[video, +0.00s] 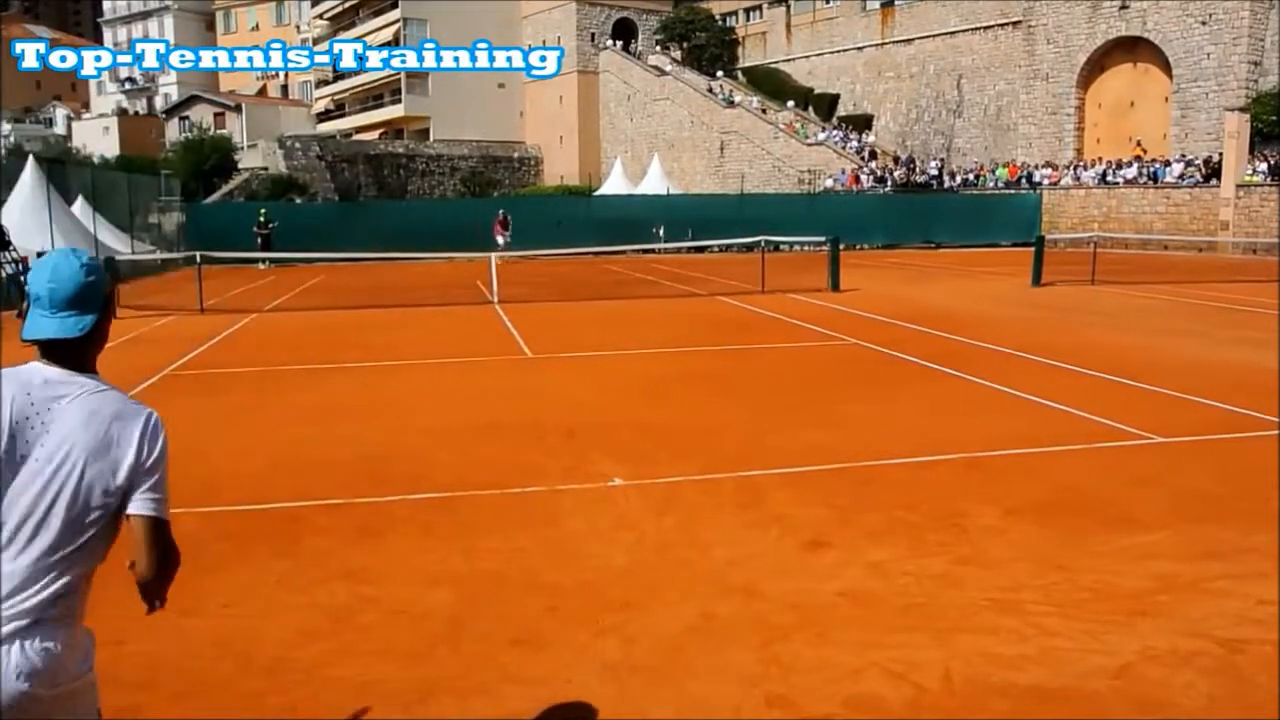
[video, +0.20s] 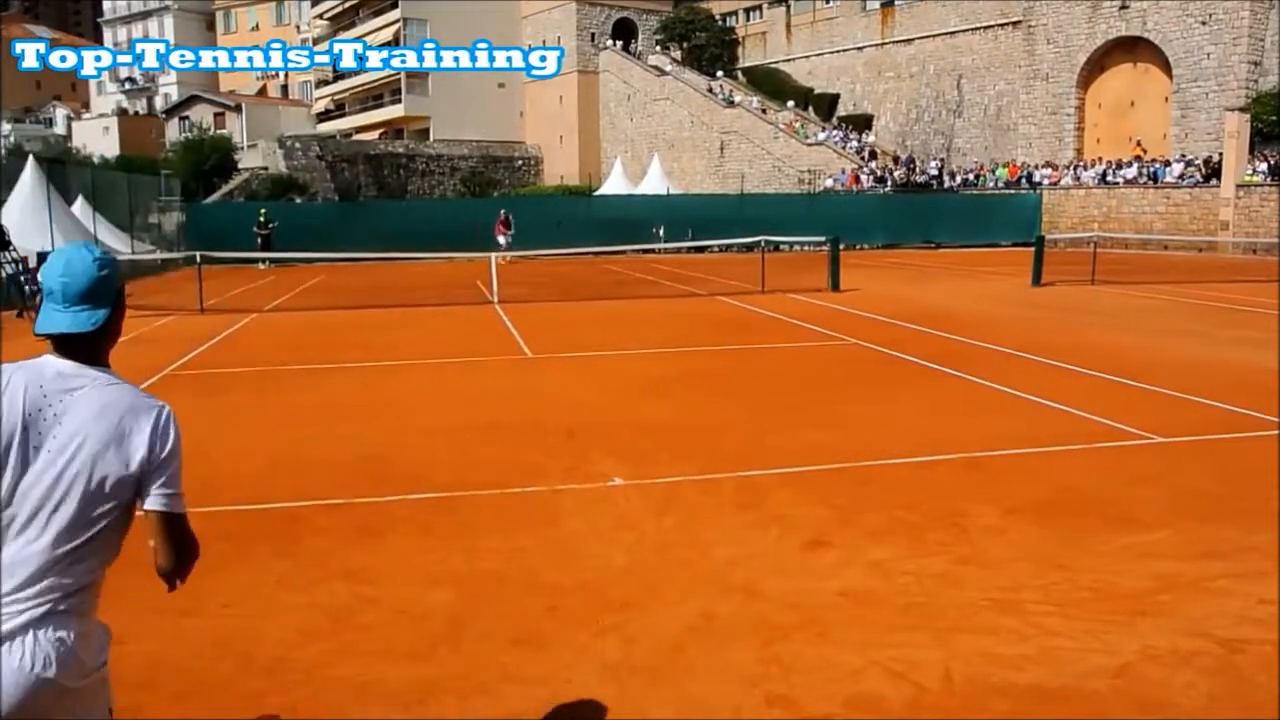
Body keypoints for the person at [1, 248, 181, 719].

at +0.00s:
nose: (113, 321)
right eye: (113, 311)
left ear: (29, 315)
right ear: (107, 322)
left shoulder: (4, 391)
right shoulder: (133, 423)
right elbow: (152, 563)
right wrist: (151, 585)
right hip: (41, 661)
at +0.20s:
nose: (123, 321)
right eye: (123, 311)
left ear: (43, 310)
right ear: (118, 319)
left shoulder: (6, 385)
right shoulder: (144, 417)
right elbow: (172, 565)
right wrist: (179, 549)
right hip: (50, 656)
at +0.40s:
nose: (148, 312)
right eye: (148, 301)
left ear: (69, 301)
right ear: (145, 311)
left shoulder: (9, 382)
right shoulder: (170, 406)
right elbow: (215, 535)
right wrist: (216, 516)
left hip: (3, 635)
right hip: (78, 649)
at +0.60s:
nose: (161, 304)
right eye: (160, 294)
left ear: (84, 296)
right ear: (158, 303)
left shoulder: (15, 380)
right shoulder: (185, 399)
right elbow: (239, 522)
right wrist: (223, 479)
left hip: (2, 637)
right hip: (89, 645)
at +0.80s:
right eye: (183, 277)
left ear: (112, 275)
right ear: (184, 283)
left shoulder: (50, 361)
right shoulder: (217, 372)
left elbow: (2, 456)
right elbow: (278, 481)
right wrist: (237, 456)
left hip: (19, 603)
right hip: (121, 616)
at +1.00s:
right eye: (198, 264)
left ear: (127, 265)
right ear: (196, 270)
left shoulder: (68, 345)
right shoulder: (229, 353)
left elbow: (8, 453)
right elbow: (295, 462)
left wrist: (4, 535)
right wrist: (247, 450)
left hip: (43, 592)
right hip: (141, 599)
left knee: (56, 711)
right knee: (115, 711)